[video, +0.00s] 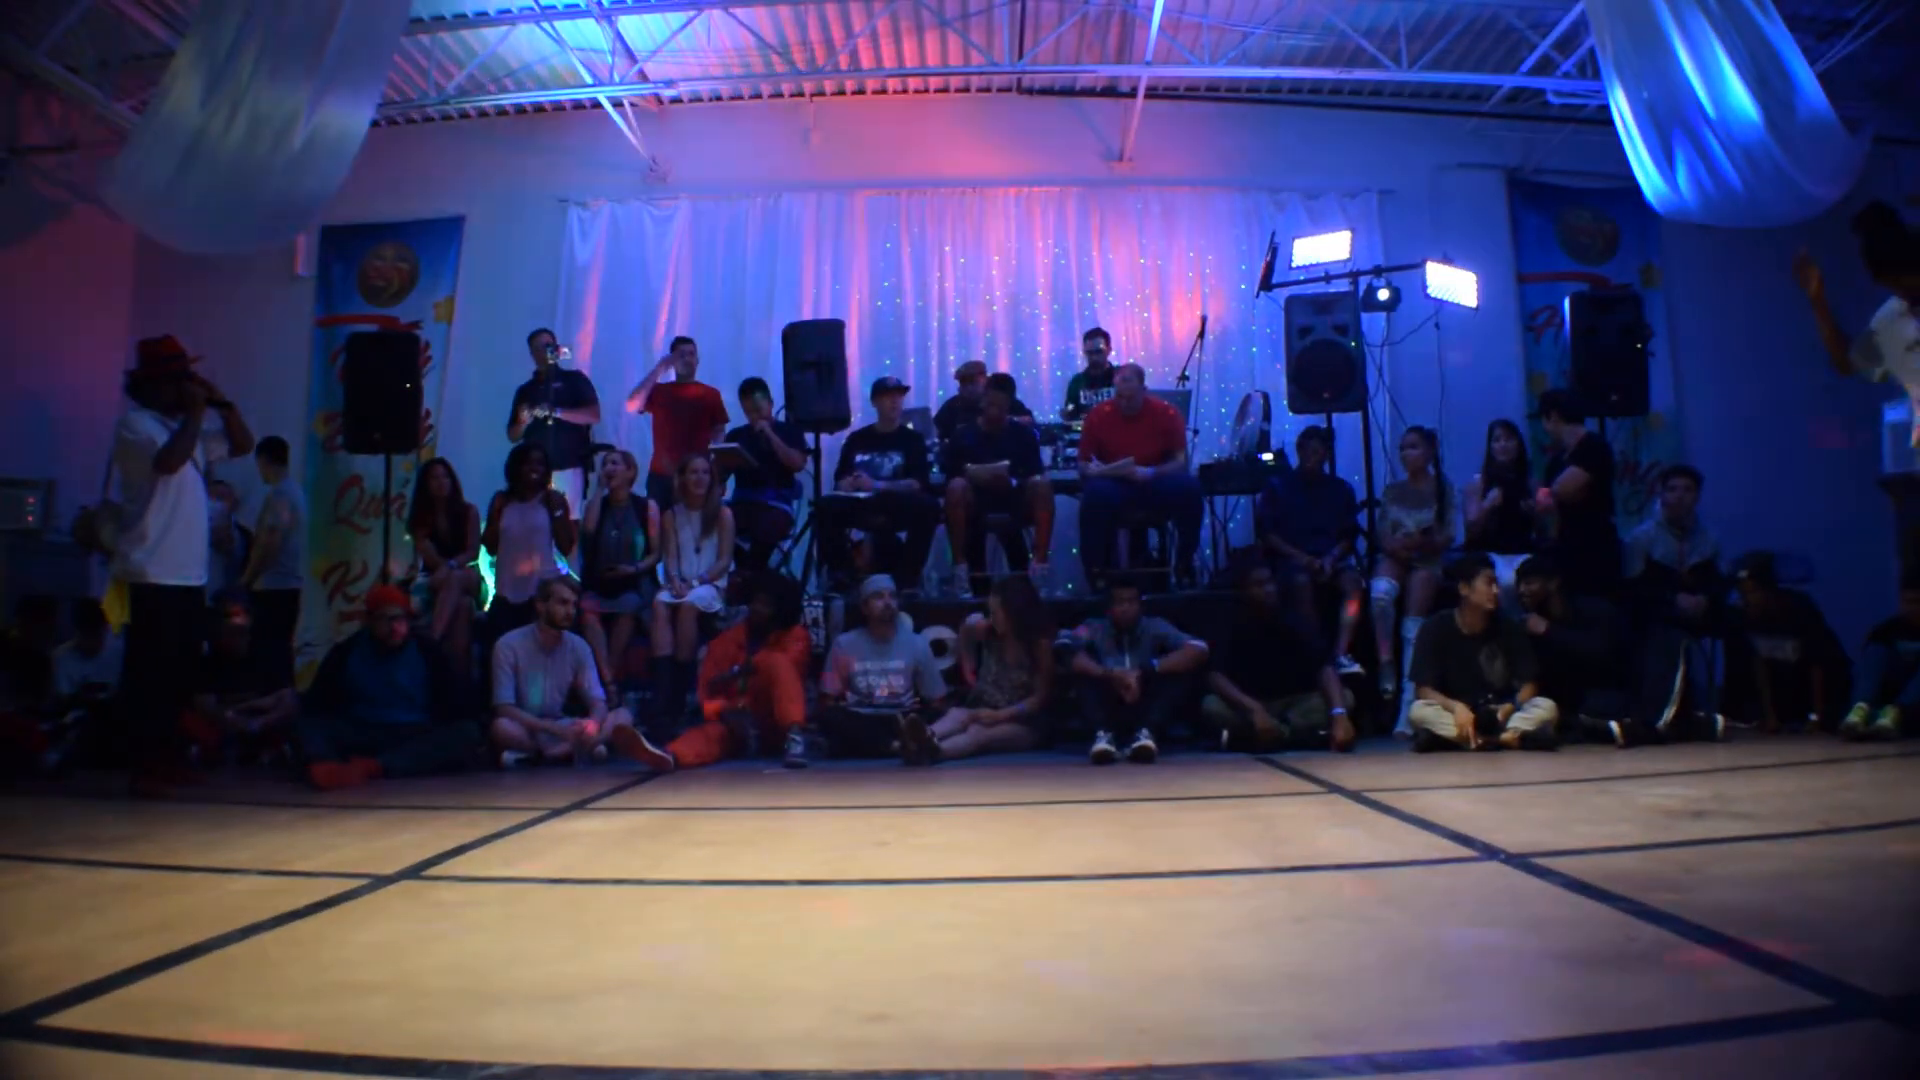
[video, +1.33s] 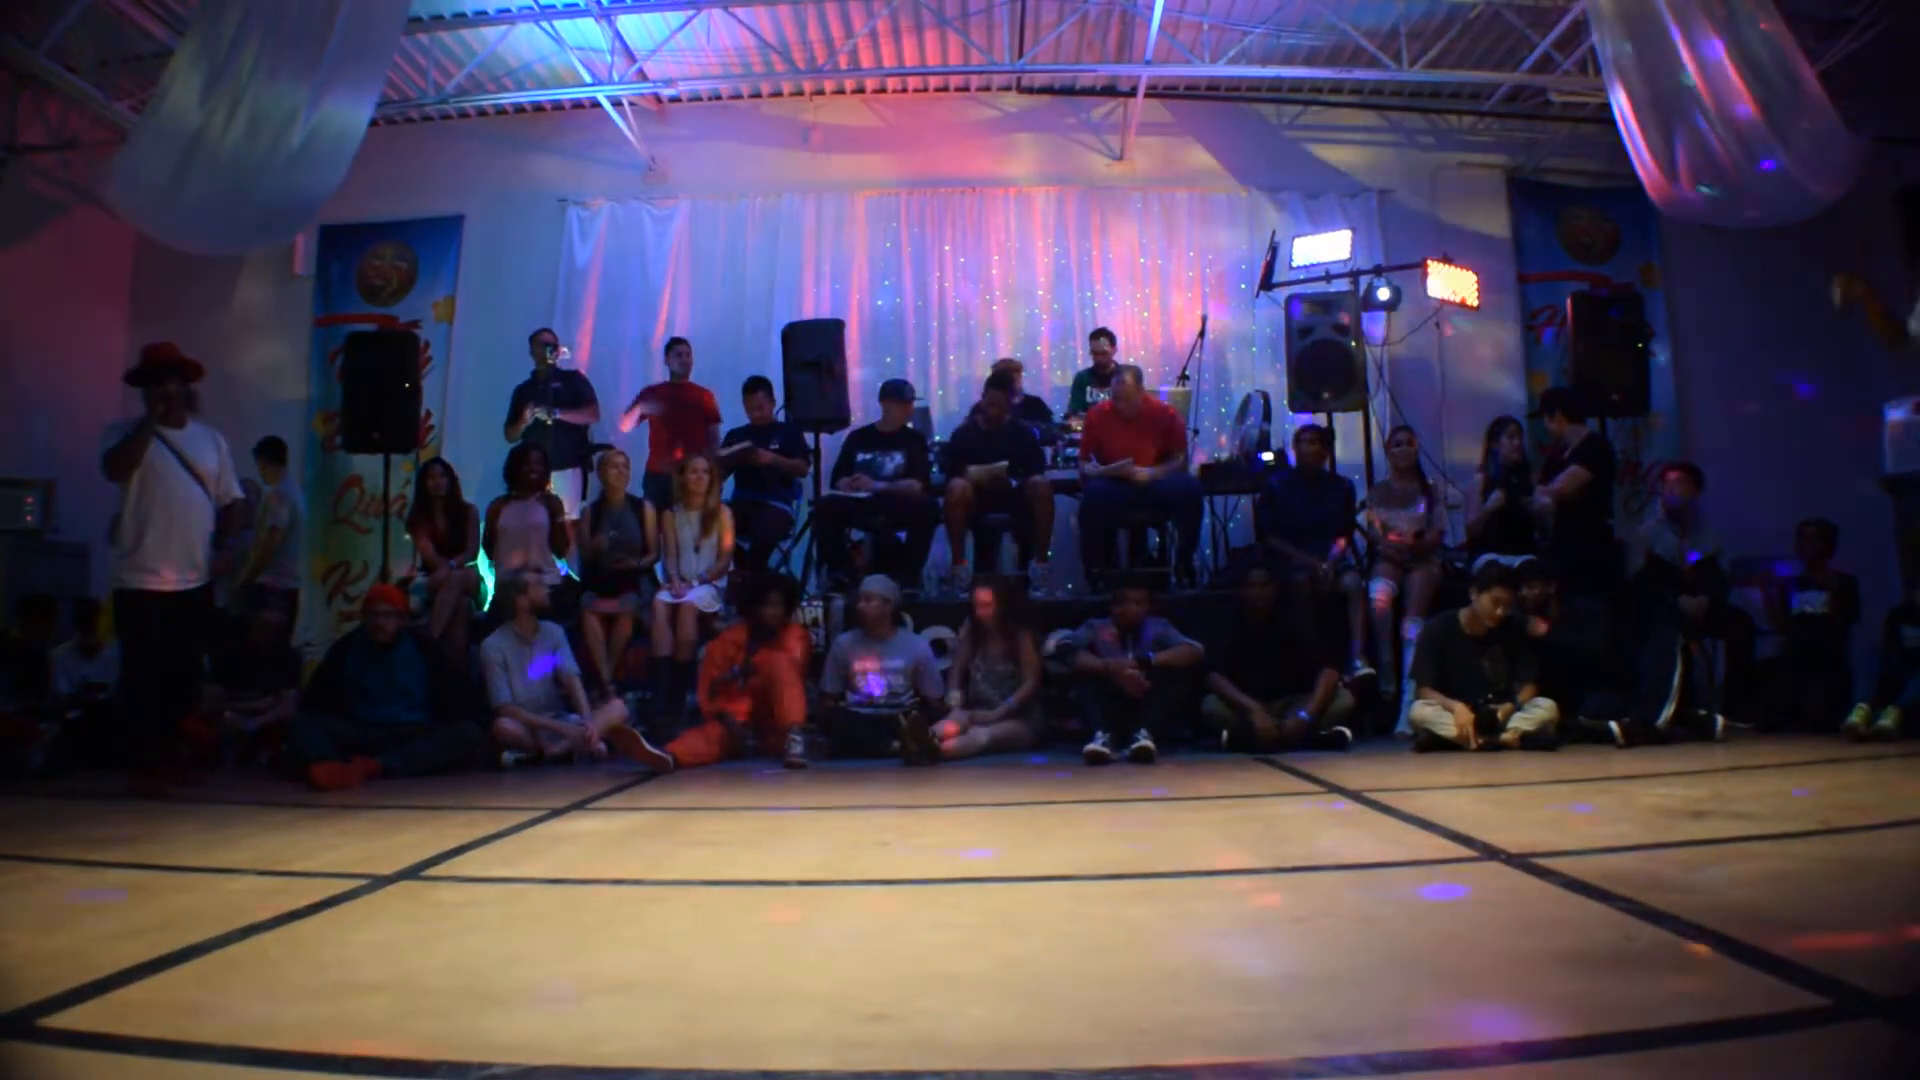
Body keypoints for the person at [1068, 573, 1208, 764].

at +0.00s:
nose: (1126, 608)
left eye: (1131, 602)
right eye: (1120, 603)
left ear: (1140, 605)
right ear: (1110, 607)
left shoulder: (1153, 628)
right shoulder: (1097, 629)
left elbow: (1198, 650)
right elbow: (1065, 647)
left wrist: (1145, 671)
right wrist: (1110, 676)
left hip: (1146, 702)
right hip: (1107, 703)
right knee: (1090, 677)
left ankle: (1145, 734)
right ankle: (1102, 735)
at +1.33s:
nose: (1131, 609)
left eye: (1138, 603)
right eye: (1125, 603)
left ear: (1147, 607)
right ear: (1114, 607)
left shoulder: (1156, 628)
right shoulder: (1097, 629)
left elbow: (1194, 651)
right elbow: (1067, 652)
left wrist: (1145, 662)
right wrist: (1114, 670)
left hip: (1148, 700)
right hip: (1109, 700)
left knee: (1172, 672)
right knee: (1089, 674)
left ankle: (1144, 734)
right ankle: (1101, 734)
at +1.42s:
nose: (1151, 610)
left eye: (1154, 604)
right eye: (1144, 604)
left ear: (1157, 606)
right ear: (1124, 607)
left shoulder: (1158, 629)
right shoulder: (1098, 629)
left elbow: (1194, 651)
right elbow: (1067, 650)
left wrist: (1146, 661)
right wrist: (1114, 669)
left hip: (1148, 702)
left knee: (1173, 670)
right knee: (1088, 672)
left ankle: (1144, 733)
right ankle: (1101, 734)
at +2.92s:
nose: (1134, 606)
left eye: (1134, 600)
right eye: (1126, 601)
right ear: (1107, 609)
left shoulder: (1145, 626)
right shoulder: (1088, 632)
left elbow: (1185, 647)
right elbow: (1059, 654)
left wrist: (1137, 659)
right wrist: (1107, 669)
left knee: (1163, 669)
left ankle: (1143, 733)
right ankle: (1099, 733)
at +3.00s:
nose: (1133, 606)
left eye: (1132, 600)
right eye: (1125, 601)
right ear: (1105, 610)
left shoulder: (1143, 627)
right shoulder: (1086, 633)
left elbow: (1185, 647)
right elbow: (1053, 652)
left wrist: (1136, 659)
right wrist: (1105, 668)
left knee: (1160, 668)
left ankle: (1142, 734)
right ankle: (1099, 734)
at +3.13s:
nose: (1131, 606)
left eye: (1130, 599)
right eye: (1123, 600)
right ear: (1104, 609)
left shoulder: (1141, 631)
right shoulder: (1085, 635)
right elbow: (1069, 662)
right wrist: (1109, 668)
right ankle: (1092, 734)